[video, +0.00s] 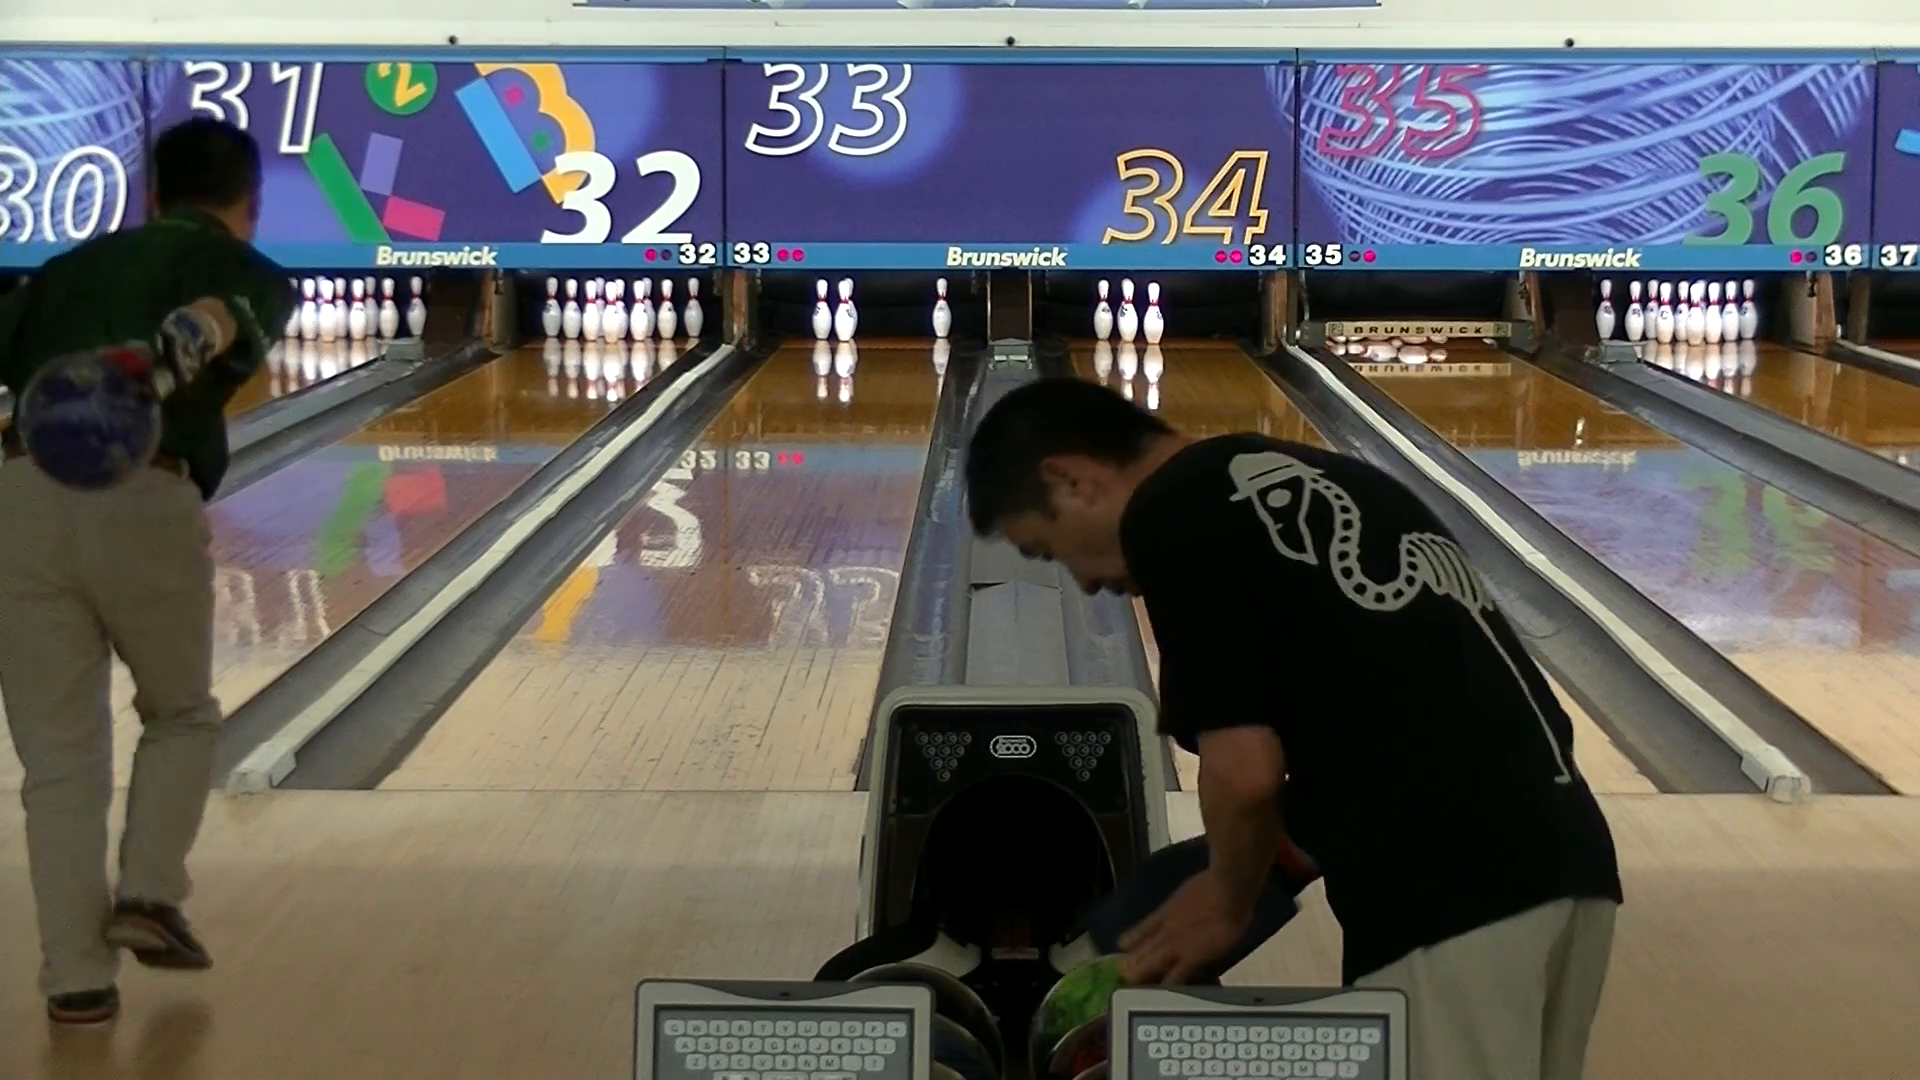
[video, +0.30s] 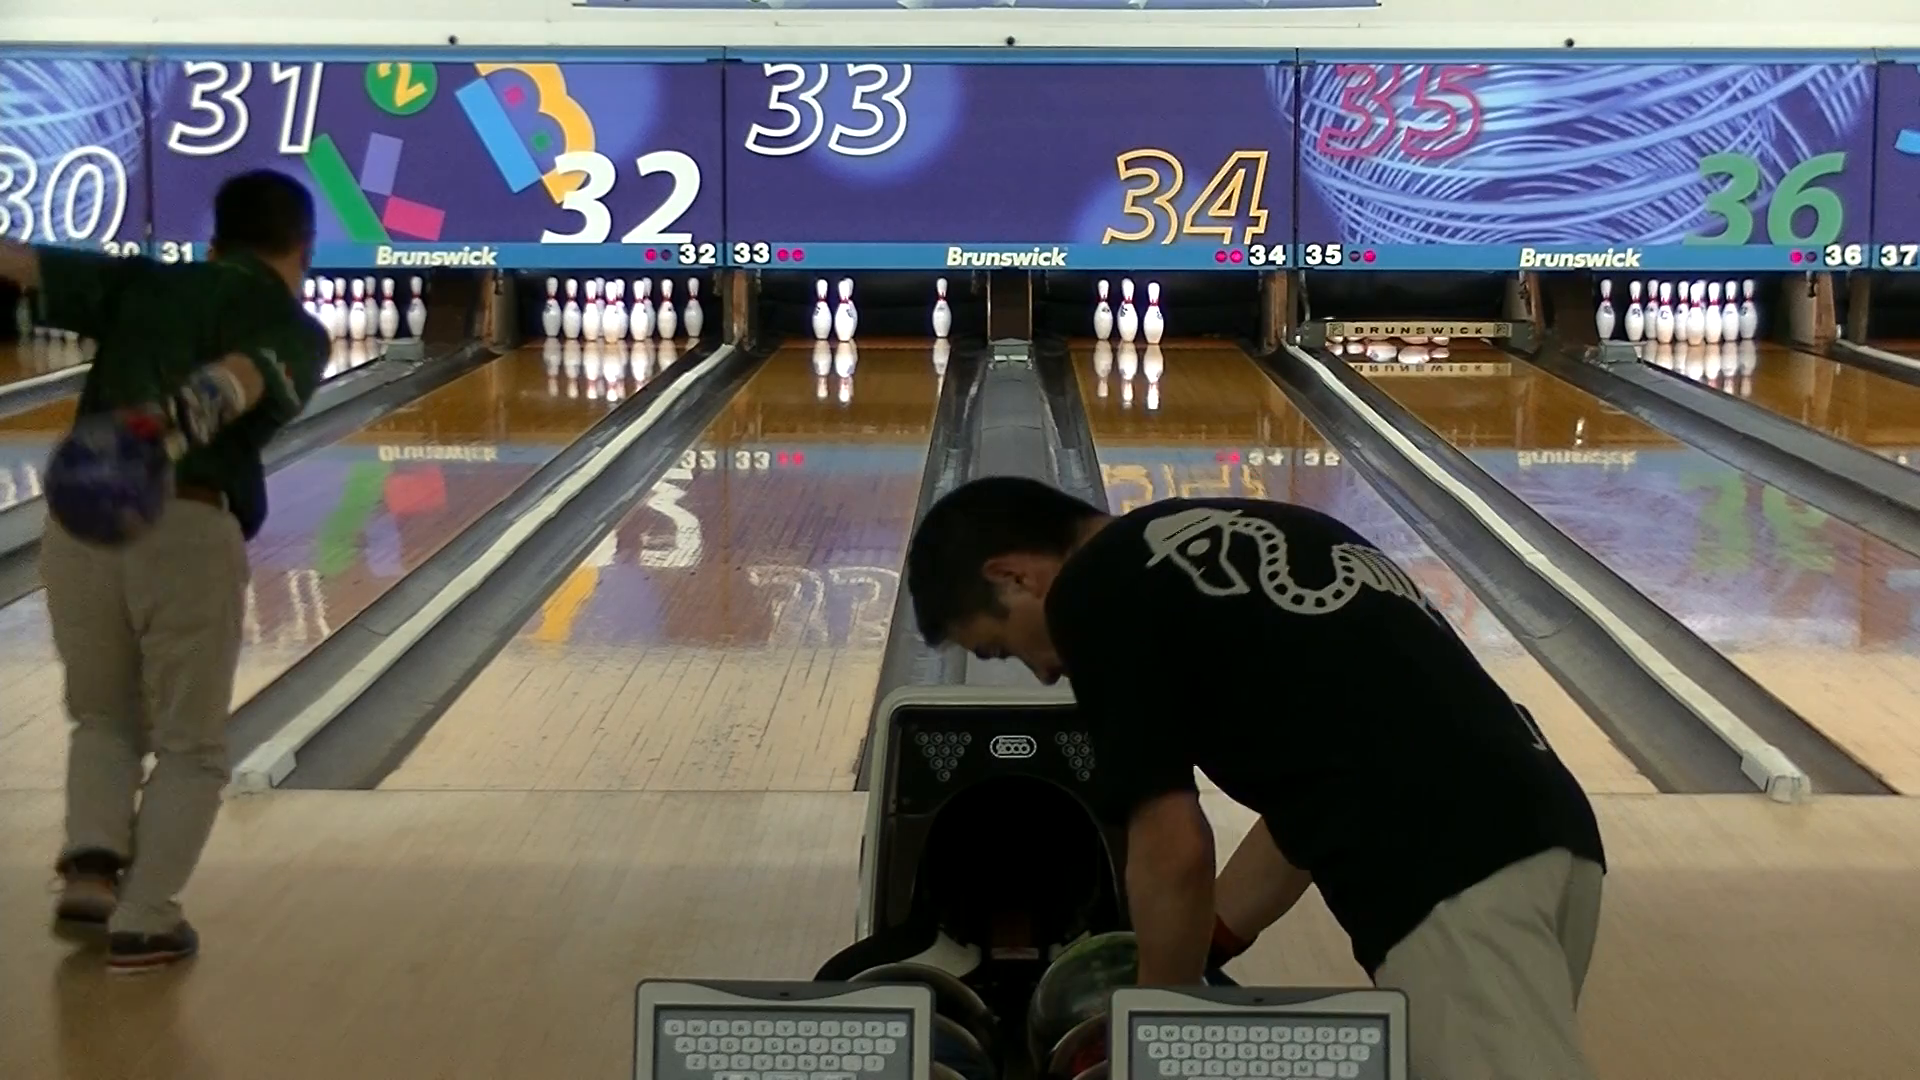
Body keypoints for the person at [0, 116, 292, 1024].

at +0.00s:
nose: (255, 219)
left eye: (251, 206)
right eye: (254, 205)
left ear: (153, 196)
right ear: (241, 202)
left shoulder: (74, 264)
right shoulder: (252, 271)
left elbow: (2, 342)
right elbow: (226, 328)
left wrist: (38, 407)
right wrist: (151, 393)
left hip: (23, 500)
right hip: (145, 499)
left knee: (56, 759)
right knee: (179, 714)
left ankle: (75, 980)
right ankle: (148, 897)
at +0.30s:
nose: (308, 264)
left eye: (304, 251)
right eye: (307, 251)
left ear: (217, 241)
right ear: (295, 250)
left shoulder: (138, 281)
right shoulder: (295, 330)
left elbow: (21, 264)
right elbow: (248, 378)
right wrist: (163, 427)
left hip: (75, 515)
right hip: (185, 523)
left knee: (101, 714)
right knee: (189, 742)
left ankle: (90, 865)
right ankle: (143, 922)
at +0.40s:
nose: (323, 292)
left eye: (322, 280)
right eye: (324, 280)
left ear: (240, 264)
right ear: (315, 282)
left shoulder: (166, 295)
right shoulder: (307, 364)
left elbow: (47, 267)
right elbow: (261, 439)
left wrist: (4, 247)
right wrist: (239, 481)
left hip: (81, 538)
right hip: (184, 548)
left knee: (133, 705)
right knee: (190, 758)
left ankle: (137, 878)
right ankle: (146, 900)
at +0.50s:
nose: (345, 311)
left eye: (345, 299)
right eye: (345, 298)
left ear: (257, 285)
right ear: (337, 302)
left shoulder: (186, 314)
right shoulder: (325, 404)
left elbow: (78, 291)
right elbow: (285, 518)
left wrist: (5, 269)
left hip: (91, 548)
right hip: (194, 566)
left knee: (197, 684)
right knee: (179, 754)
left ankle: (209, 837)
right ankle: (142, 886)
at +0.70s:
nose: (368, 299)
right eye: (368, 290)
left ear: (284, 286)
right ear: (363, 299)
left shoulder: (232, 321)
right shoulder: (362, 410)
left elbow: (143, 352)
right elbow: (370, 561)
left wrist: (47, 382)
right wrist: (394, 672)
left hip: (135, 549)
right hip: (232, 575)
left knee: (253, 662)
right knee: (214, 738)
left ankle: (280, 806)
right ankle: (154, 835)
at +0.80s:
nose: (377, 291)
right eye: (376, 281)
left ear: (294, 278)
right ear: (369, 289)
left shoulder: (248, 313)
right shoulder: (380, 390)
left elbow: (176, 361)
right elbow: (408, 506)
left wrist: (95, 410)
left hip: (161, 529)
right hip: (261, 551)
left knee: (269, 646)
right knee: (237, 721)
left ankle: (296, 799)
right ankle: (163, 812)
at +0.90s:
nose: (380, 259)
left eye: (292, 244)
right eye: (380, 250)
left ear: (298, 249)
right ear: (375, 258)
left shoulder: (259, 293)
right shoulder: (399, 347)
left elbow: (199, 355)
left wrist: (123, 416)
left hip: (187, 504)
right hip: (283, 527)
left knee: (278, 645)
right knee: (254, 699)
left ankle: (302, 795)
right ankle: (182, 790)